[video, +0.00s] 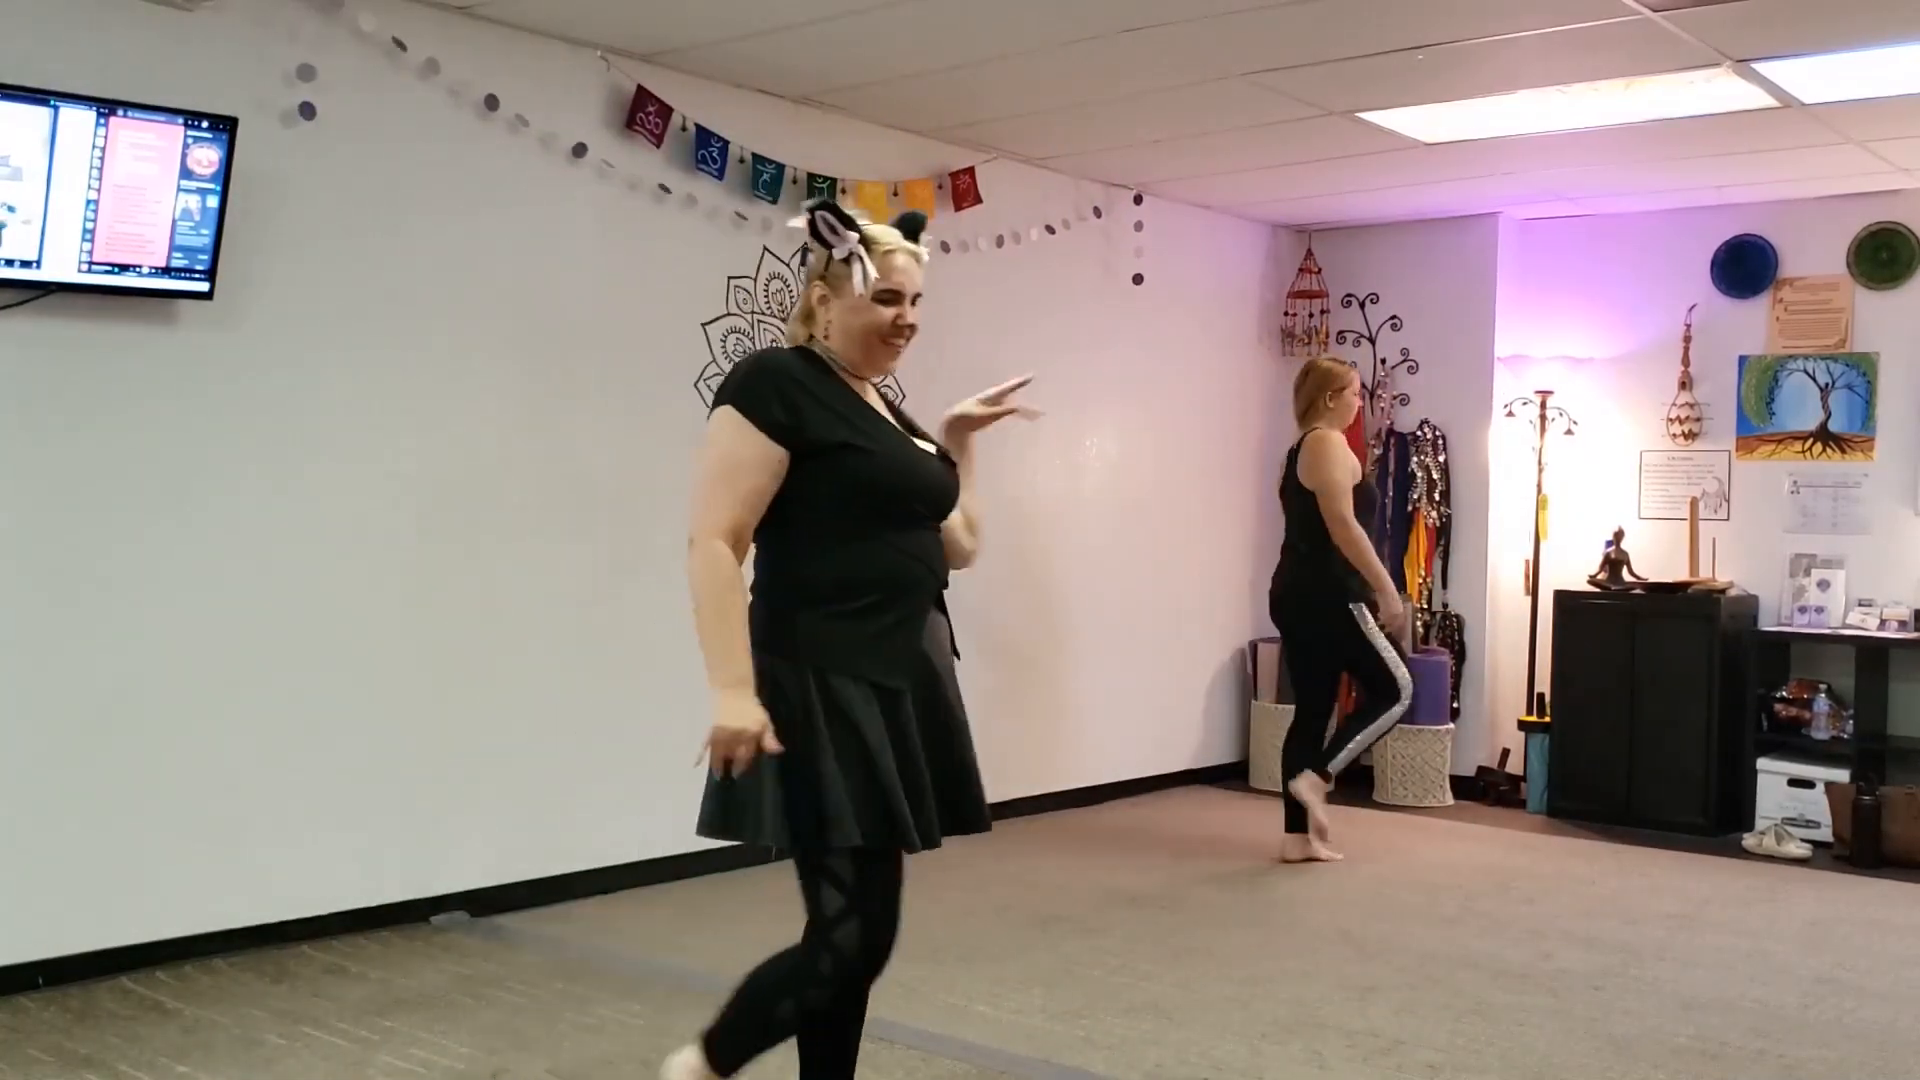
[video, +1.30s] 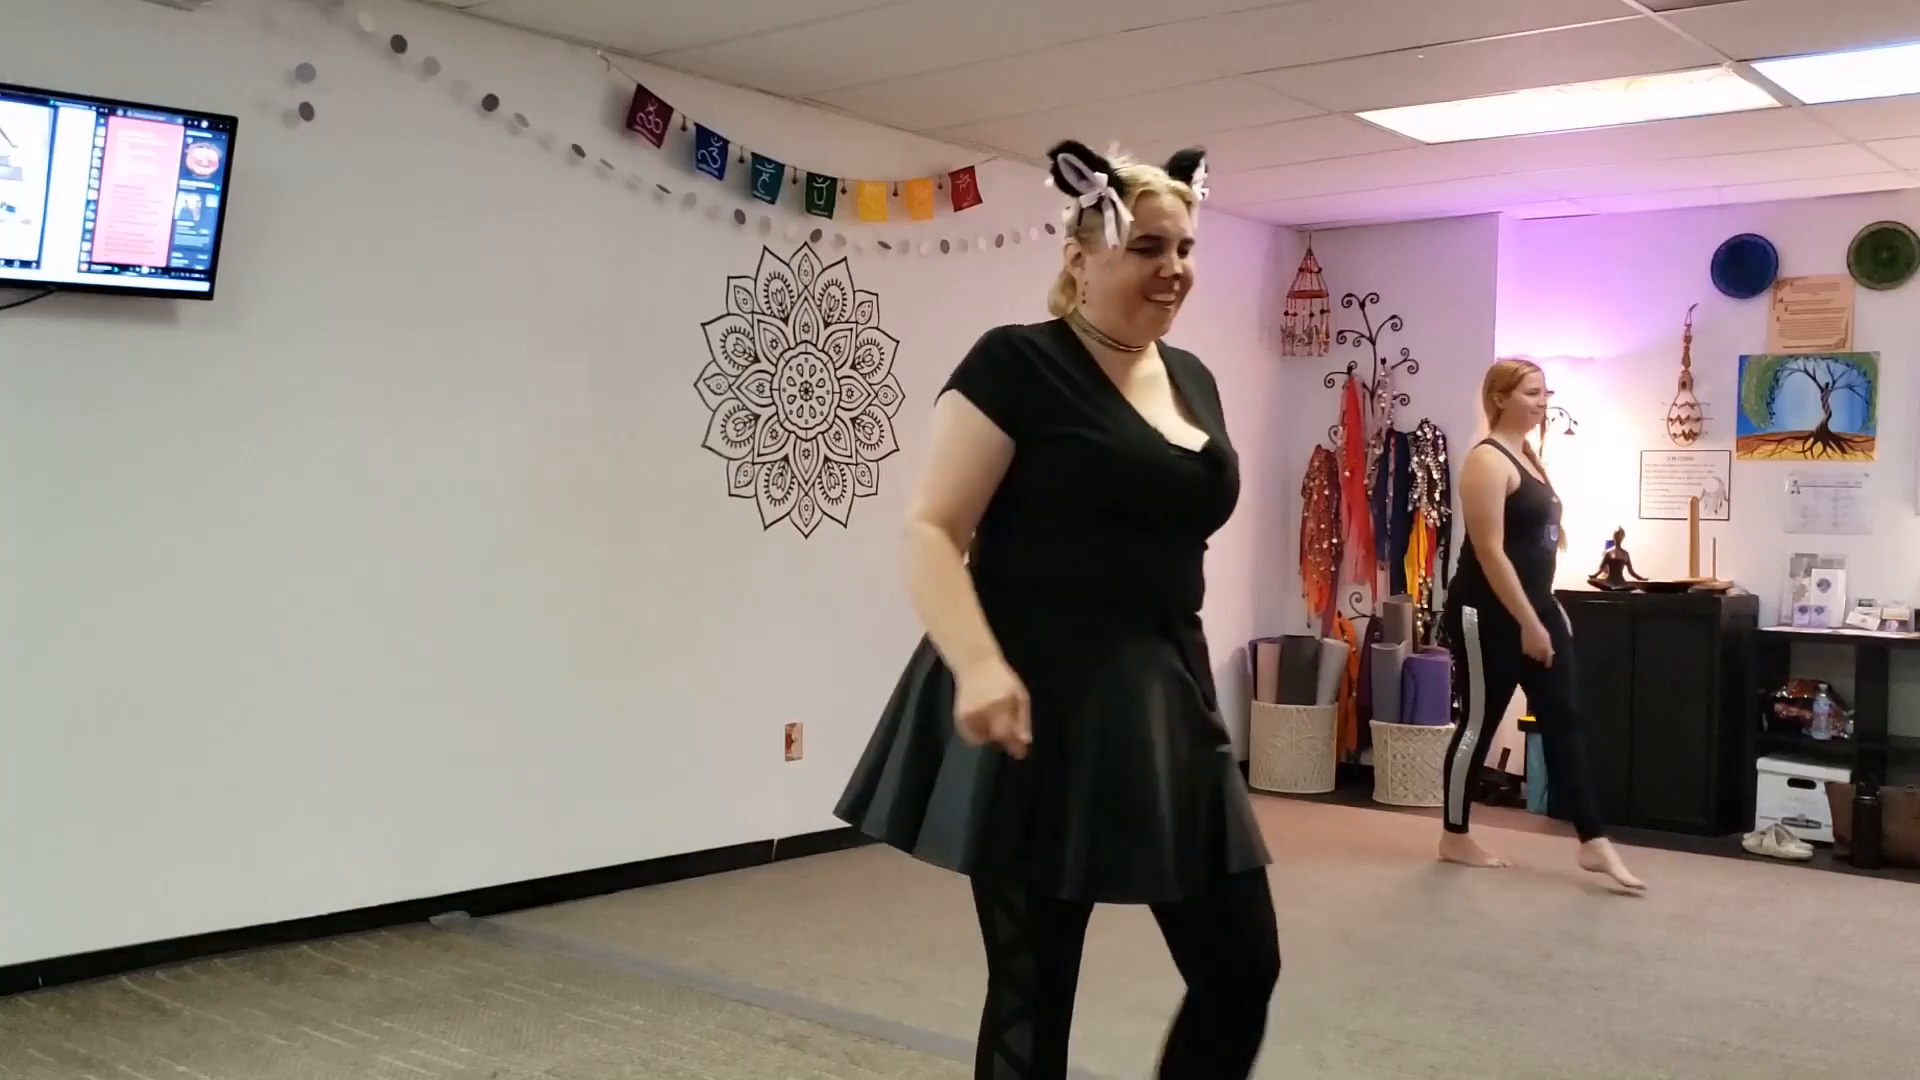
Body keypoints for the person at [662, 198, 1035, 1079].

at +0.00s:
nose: (909, 318)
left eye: (917, 301)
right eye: (890, 298)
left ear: (918, 304)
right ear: (826, 300)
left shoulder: (882, 407)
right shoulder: (774, 385)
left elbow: (960, 545)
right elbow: (716, 538)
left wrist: (956, 437)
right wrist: (732, 693)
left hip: (892, 686)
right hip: (818, 685)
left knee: (859, 935)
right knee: (850, 936)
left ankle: (829, 1078)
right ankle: (701, 1063)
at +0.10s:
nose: (932, 310)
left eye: (941, 294)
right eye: (912, 290)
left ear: (945, 299)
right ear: (847, 293)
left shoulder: (928, 408)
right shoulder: (788, 384)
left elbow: (1011, 534)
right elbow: (722, 534)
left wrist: (1045, 416)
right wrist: (706, 682)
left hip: (909, 677)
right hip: (821, 676)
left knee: (859, 914)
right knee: (905, 927)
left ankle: (821, 1069)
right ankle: (820, 1067)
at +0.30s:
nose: (963, 301)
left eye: (975, 284)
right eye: (942, 280)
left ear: (984, 290)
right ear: (880, 283)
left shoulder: (983, 395)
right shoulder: (815, 380)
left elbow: (1048, 544)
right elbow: (724, 528)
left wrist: (1144, 473)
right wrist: (682, 664)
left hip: (943, 672)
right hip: (835, 671)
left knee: (870, 908)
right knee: (944, 905)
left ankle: (831, 1078)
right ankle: (966, 1077)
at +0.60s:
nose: (1014, 291)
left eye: (1026, 275)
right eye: (992, 270)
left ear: (1034, 285)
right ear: (929, 275)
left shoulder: (1045, 394)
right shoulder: (866, 387)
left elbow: (1105, 546)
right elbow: (782, 545)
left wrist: (1235, 556)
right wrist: (716, 695)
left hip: (1006, 685)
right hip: (894, 683)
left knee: (910, 925)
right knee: (964, 935)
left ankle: (845, 1079)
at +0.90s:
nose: (1087, 273)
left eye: (1099, 255)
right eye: (1063, 252)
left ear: (1109, 266)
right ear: (999, 261)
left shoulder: (1122, 390)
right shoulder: (936, 374)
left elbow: (1196, 561)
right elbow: (845, 537)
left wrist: (1295, 685)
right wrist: (800, 685)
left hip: (1074, 693)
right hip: (949, 682)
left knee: (1024, 926)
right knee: (994, 936)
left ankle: (897, 1066)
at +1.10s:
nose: (1133, 283)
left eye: (1145, 265)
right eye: (1107, 261)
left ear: (1157, 274)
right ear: (1040, 268)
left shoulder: (1159, 398)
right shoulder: (975, 379)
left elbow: (1178, 590)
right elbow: (892, 547)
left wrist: (1182, 741)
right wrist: (873, 693)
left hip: (1116, 714)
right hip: (990, 709)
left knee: (1156, 973)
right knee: (1012, 996)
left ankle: (978, 1054)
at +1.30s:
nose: (1177, 269)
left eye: (1187, 250)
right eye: (1150, 246)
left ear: (1196, 262)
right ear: (1080, 254)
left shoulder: (1191, 381)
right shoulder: (1016, 364)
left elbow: (1174, 562)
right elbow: (932, 534)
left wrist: (1189, 710)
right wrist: (977, 664)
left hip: (1162, 707)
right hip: (1036, 706)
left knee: (1240, 969)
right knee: (1031, 997)